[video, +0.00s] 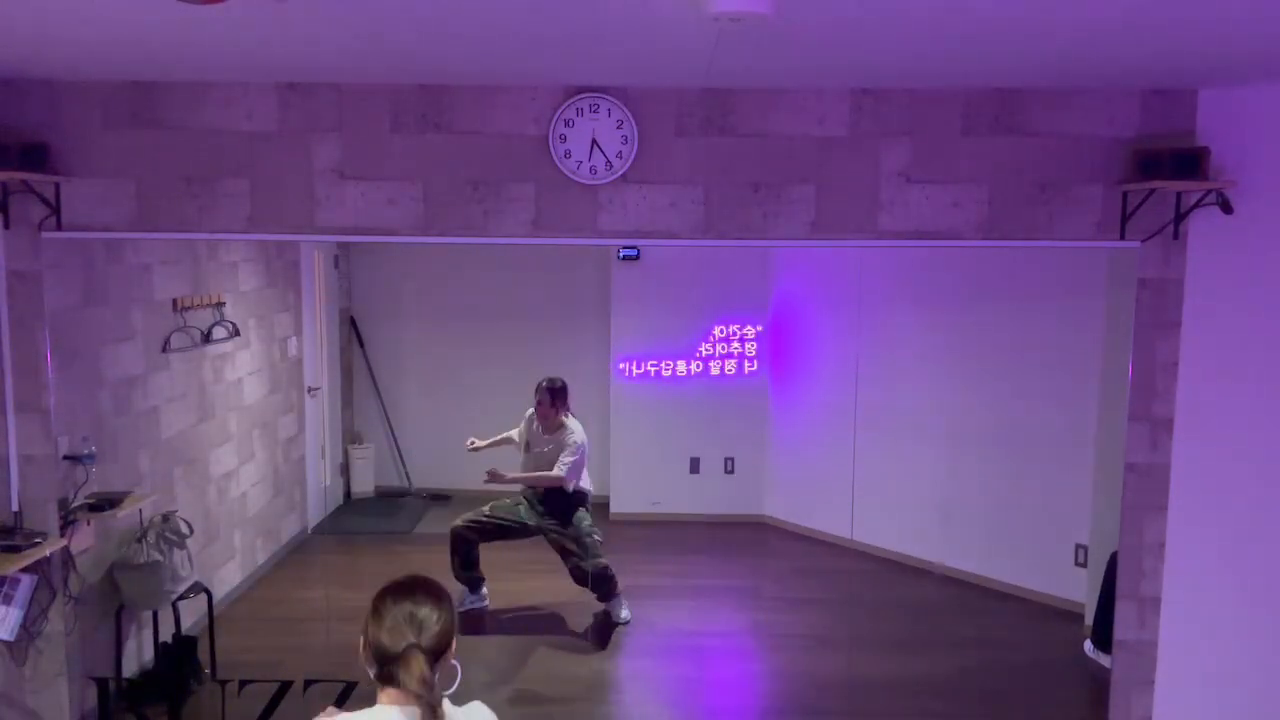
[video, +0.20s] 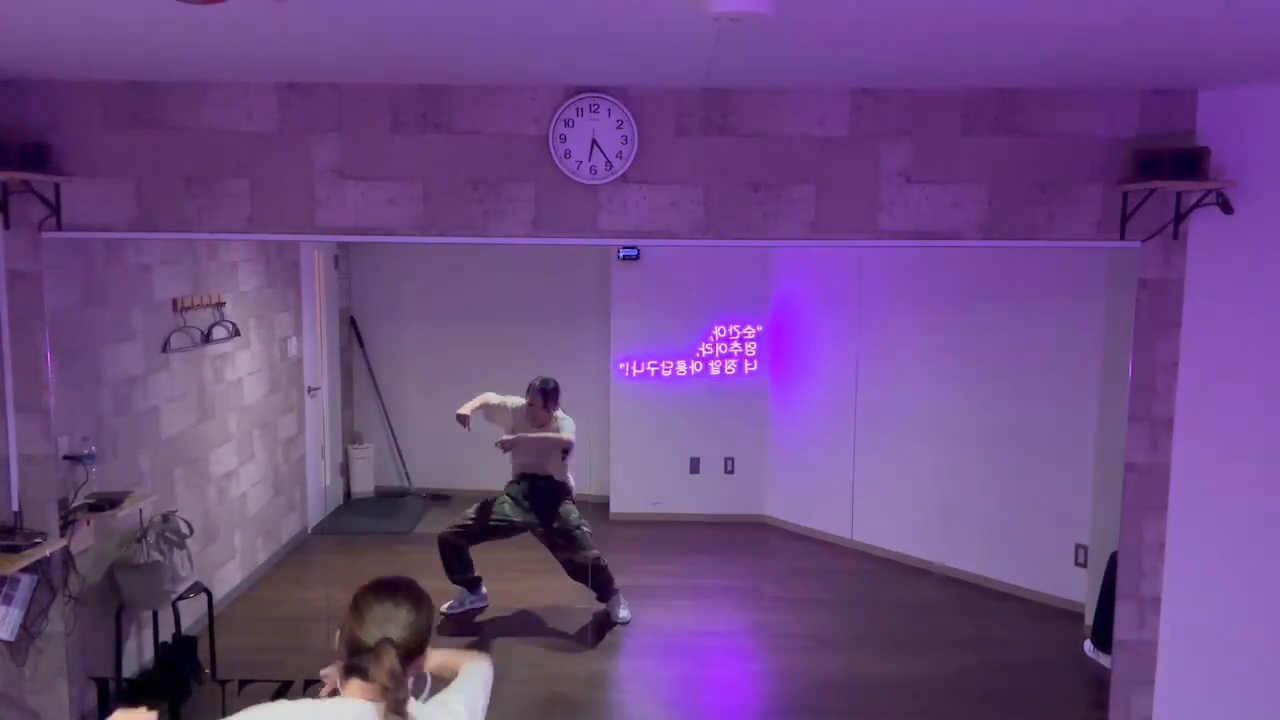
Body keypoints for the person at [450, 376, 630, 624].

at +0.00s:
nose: (536, 408)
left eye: (541, 404)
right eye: (536, 403)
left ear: (559, 407)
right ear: (535, 402)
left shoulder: (575, 437)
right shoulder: (532, 418)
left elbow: (559, 478)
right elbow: (517, 436)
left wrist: (506, 478)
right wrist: (484, 444)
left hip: (567, 510)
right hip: (531, 502)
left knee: (592, 567)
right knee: (462, 530)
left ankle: (613, 600)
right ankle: (475, 592)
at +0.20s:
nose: (528, 410)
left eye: (534, 407)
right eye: (528, 404)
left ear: (551, 407)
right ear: (526, 399)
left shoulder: (563, 422)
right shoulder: (516, 410)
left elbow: (565, 442)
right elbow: (488, 399)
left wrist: (519, 441)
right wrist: (468, 408)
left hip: (556, 502)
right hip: (517, 498)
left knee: (587, 559)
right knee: (450, 539)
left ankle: (613, 600)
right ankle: (474, 593)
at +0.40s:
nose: (519, 363)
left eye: (525, 358)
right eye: (516, 356)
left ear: (535, 357)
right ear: (508, 350)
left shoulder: (543, 367)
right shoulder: (492, 360)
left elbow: (576, 374)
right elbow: (446, 350)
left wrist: (544, 399)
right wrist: (458, 387)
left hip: (532, 460)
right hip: (497, 458)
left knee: (560, 530)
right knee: (453, 532)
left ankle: (600, 595)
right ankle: (472, 591)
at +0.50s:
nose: (506, 334)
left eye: (513, 330)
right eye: (504, 328)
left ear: (527, 332)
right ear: (499, 326)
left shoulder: (539, 348)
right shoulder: (482, 343)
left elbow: (578, 369)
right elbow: (437, 355)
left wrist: (549, 399)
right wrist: (452, 394)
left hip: (524, 438)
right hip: (488, 436)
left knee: (541, 517)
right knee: (467, 516)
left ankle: (566, 592)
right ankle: (468, 588)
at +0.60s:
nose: (499, 320)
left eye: (506, 315)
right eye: (497, 313)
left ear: (520, 318)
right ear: (492, 313)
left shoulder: (534, 342)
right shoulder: (475, 338)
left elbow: (565, 377)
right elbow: (442, 373)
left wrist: (550, 421)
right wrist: (446, 417)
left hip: (519, 431)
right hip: (482, 431)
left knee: (522, 514)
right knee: (476, 515)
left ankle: (526, 590)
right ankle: (476, 589)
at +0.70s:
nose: (497, 319)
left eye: (503, 313)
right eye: (493, 313)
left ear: (515, 316)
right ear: (486, 314)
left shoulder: (531, 350)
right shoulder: (468, 348)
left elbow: (546, 396)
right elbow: (452, 396)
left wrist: (546, 440)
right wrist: (447, 440)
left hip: (516, 435)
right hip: (479, 435)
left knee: (508, 515)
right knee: (476, 513)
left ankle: (500, 591)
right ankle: (475, 590)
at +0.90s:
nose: (490, 338)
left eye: (496, 332)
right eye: (485, 332)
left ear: (507, 336)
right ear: (478, 335)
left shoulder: (528, 372)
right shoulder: (463, 371)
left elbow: (545, 413)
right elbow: (449, 415)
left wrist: (546, 447)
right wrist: (439, 448)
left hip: (511, 449)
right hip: (474, 449)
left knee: (504, 525)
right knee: (462, 526)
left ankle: (499, 592)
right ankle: (474, 592)